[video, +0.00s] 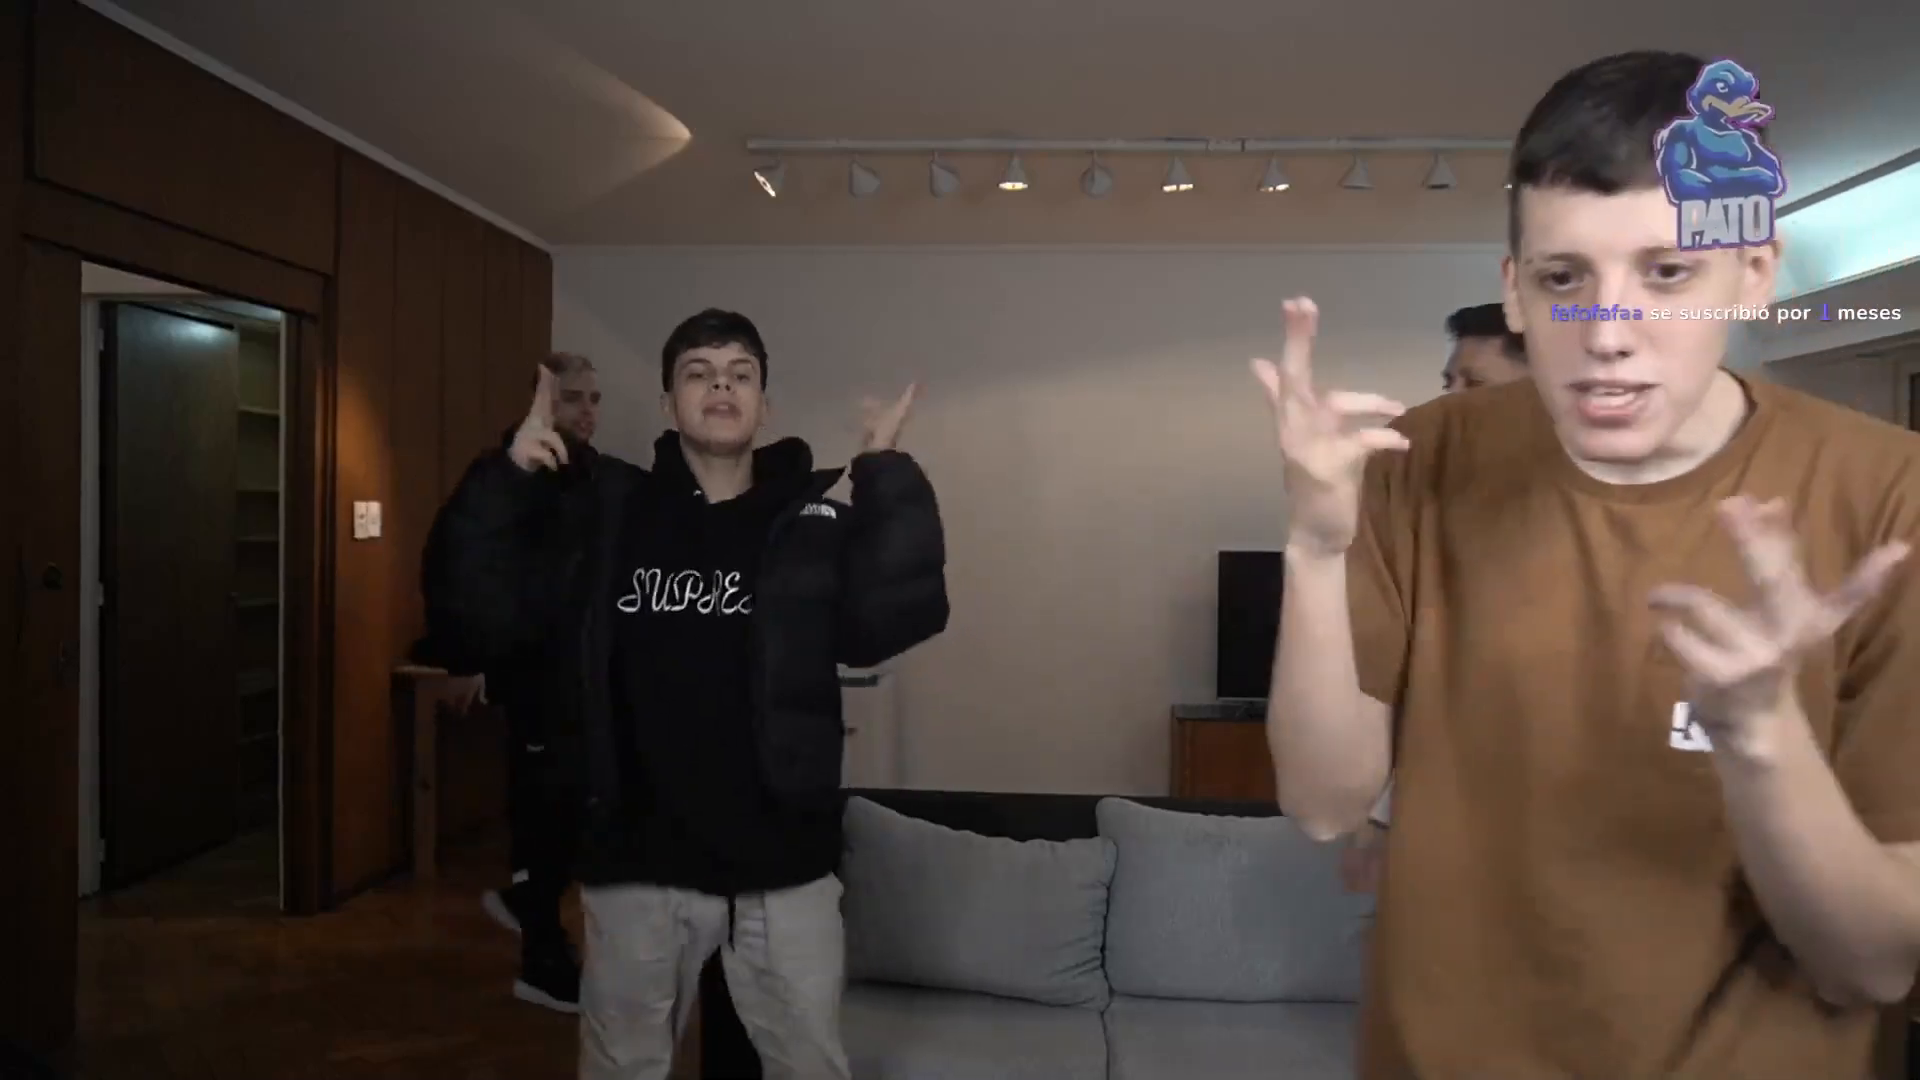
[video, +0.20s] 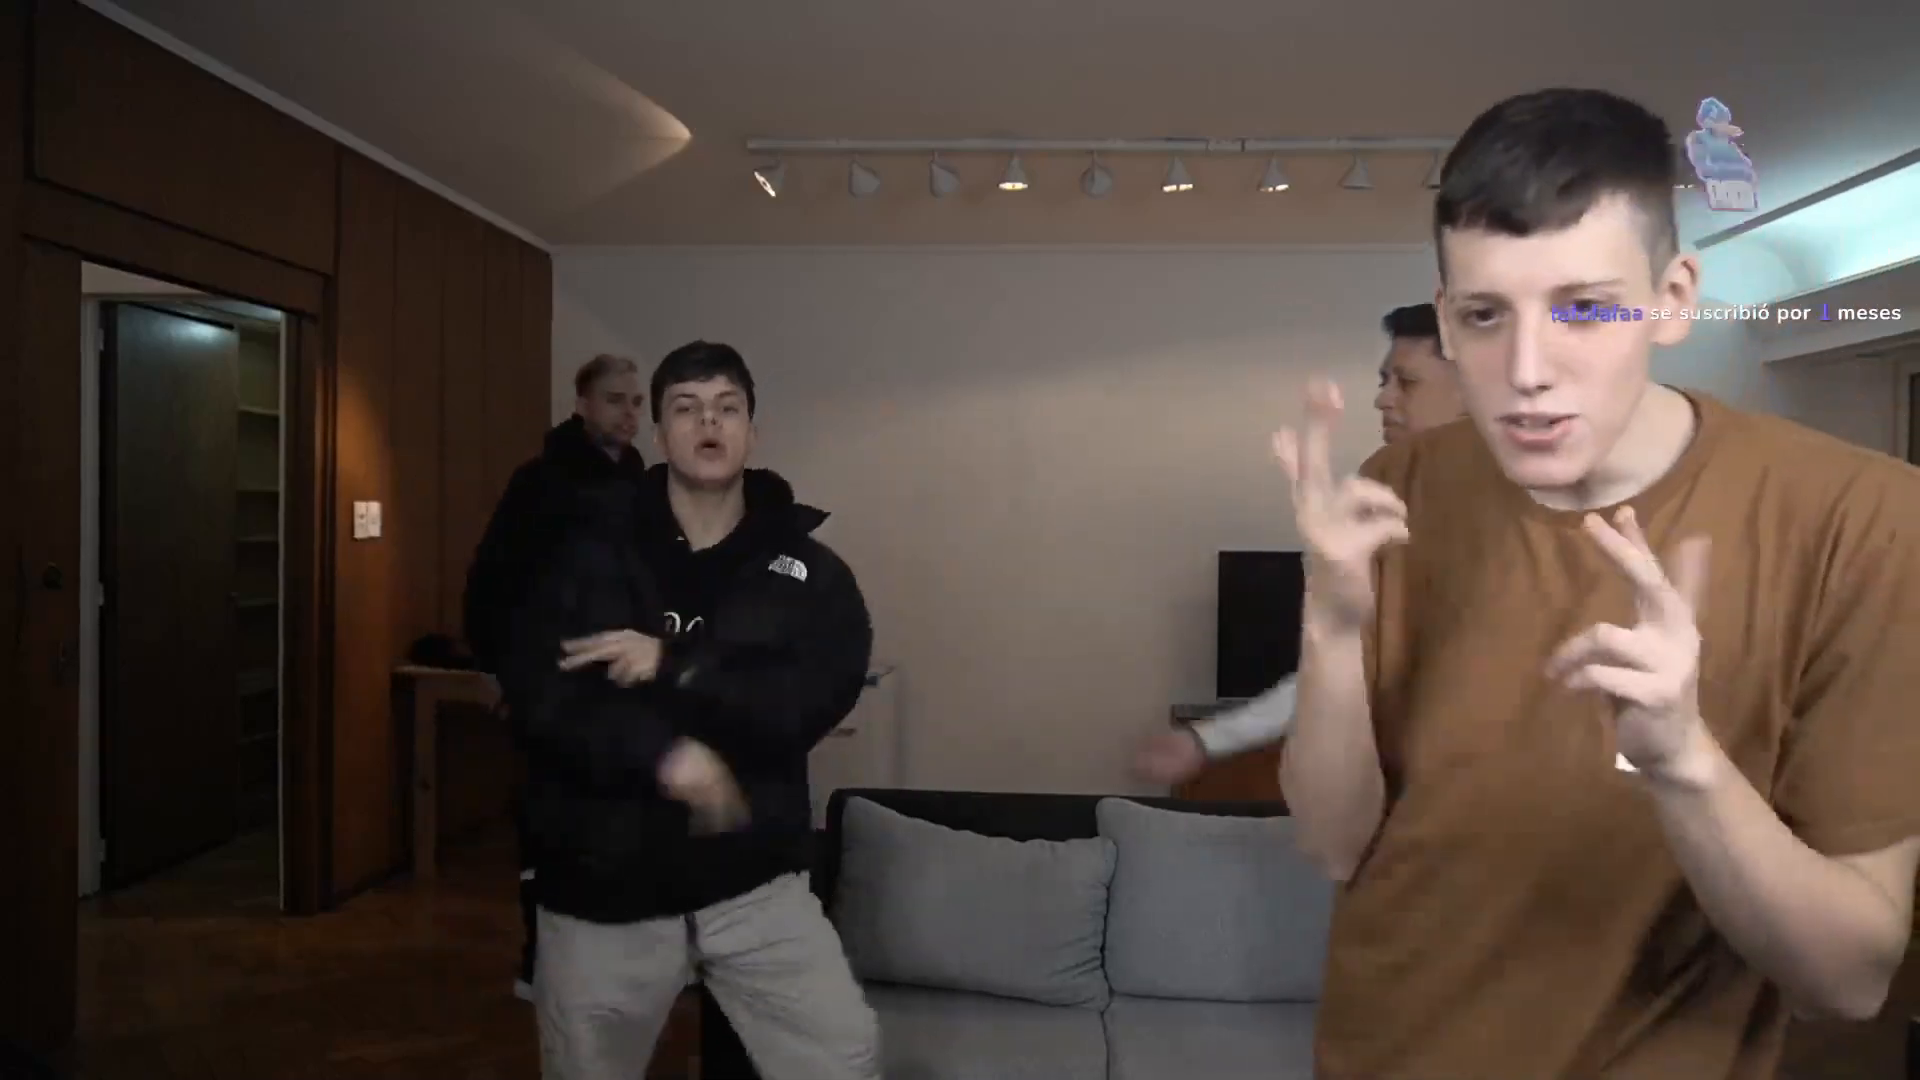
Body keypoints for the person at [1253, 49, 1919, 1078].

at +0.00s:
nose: (1609, 330)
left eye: (1665, 273)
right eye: (1562, 276)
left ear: (1754, 276)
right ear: (1512, 285)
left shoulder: (1885, 499)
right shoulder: (1421, 466)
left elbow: (1880, 966)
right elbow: (1326, 805)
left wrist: (1759, 727)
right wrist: (1314, 552)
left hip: (1751, 1062)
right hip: (1446, 1051)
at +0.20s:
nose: (1526, 371)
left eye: (1581, 309)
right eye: (1483, 315)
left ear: (1675, 300)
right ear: (1445, 317)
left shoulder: (1860, 525)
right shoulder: (1400, 494)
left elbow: (1856, 977)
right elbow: (1333, 846)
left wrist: (1684, 762)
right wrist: (1331, 631)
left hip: (1674, 1061)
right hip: (1386, 1046)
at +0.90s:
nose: (1462, 361)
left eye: (1517, 297)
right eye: (1419, 304)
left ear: (1612, 289)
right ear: (1382, 304)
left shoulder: (1796, 506)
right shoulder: (1311, 537)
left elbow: (1899, 935)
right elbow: (1228, 887)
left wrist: (1601, 823)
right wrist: (1167, 589)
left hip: (1796, 1058)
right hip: (1475, 1054)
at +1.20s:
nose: (1443, 330)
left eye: (1499, 270)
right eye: (1406, 276)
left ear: (1600, 262)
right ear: (1375, 272)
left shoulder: (1773, 510)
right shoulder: (1335, 481)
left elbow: (1855, 922)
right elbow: (1311, 810)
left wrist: (1562, 901)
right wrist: (1271, 765)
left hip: (1615, 1067)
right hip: (1330, 1060)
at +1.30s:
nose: (1380, 316)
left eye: (1435, 262)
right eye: (1363, 264)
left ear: (1572, 249)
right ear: (1346, 250)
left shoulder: (1752, 505)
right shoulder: (1355, 461)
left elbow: (1876, 931)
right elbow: (1342, 714)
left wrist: (1536, 1000)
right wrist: (1287, 777)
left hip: (1617, 1066)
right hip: (1342, 1055)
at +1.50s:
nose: (1308, 280)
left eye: (1318, 230)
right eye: (1308, 235)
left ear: (1422, 230)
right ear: (1423, 234)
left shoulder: (1712, 458)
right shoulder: (1447, 437)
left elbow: (1866, 938)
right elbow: (1465, 767)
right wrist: (1308, 885)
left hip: (1561, 1049)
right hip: (1385, 1048)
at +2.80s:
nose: (1481, 315)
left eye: (1496, 283)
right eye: (1485, 286)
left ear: (1570, 290)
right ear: (1578, 291)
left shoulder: (1675, 451)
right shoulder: (1707, 435)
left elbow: (1783, 812)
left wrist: (1749, 1069)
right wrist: (1560, 1037)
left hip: (1649, 1048)